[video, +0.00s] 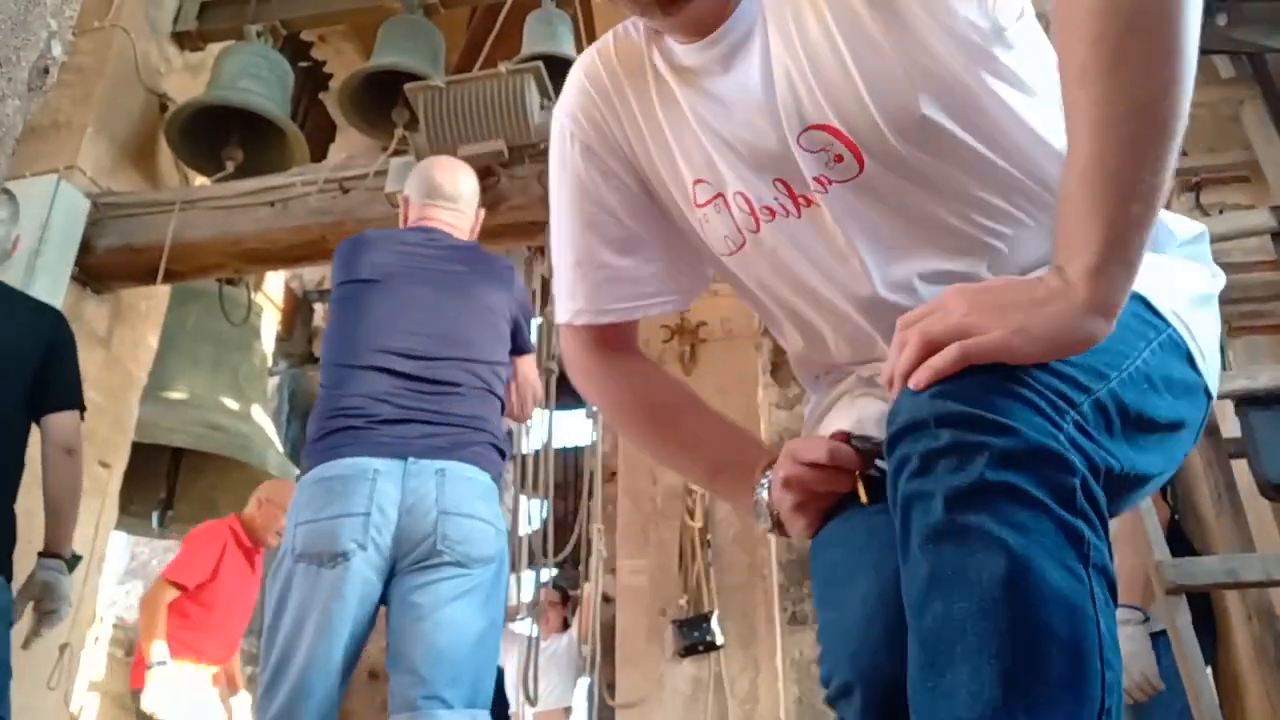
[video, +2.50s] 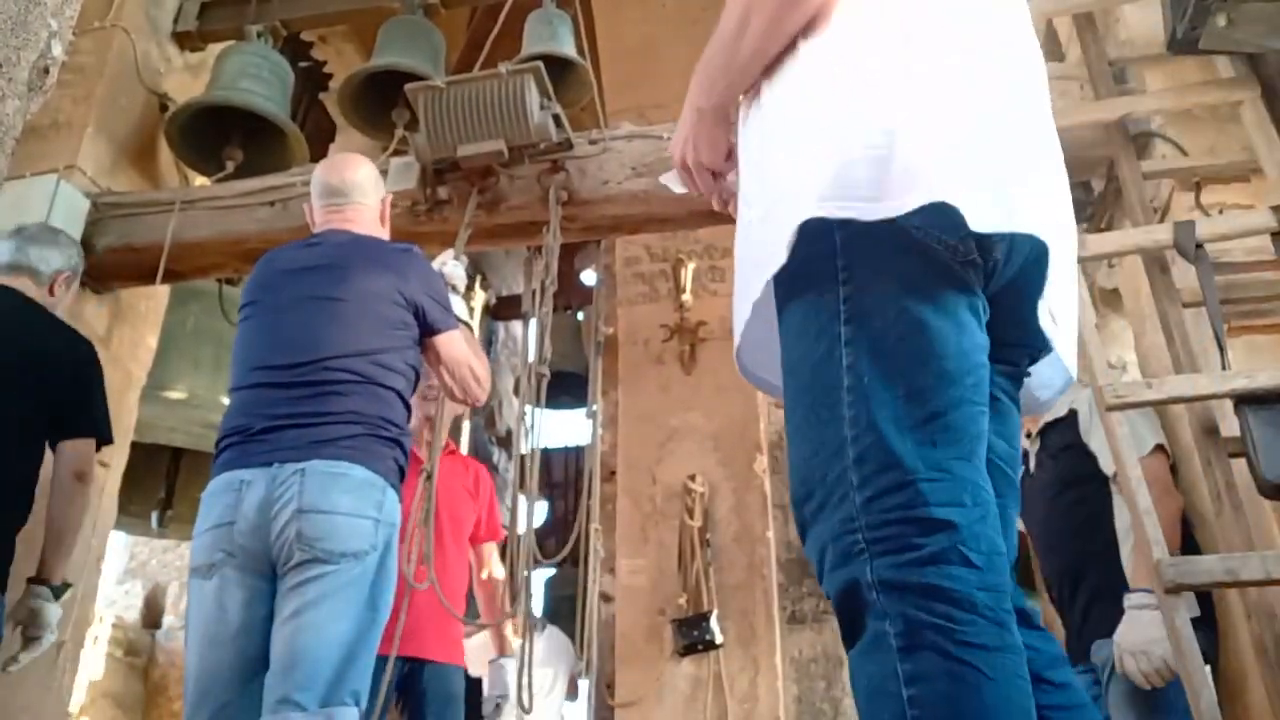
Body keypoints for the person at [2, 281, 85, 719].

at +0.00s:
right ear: (15, 243)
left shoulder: (40, 327)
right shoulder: (38, 326)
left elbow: (65, 445)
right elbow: (65, 445)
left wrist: (54, 557)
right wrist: (55, 557)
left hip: (2, 577)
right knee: (2, 701)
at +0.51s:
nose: (7, 240)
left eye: (6, 228)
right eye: (10, 229)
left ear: (14, 247)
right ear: (18, 247)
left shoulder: (41, 328)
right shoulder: (40, 329)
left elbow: (59, 450)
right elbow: (59, 450)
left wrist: (45, 562)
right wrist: (47, 562)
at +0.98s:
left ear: (10, 257)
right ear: (18, 257)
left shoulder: (44, 333)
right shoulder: (43, 333)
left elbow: (60, 452)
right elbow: (60, 452)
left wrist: (44, 563)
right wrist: (46, 563)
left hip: (3, 567)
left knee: (3, 695)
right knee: (0, 695)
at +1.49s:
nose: (3, 249)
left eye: (20, 243)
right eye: (7, 241)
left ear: (54, 275)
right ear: (53, 281)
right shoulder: (57, 354)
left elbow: (64, 485)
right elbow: (65, 485)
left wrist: (20, 579)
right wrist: (21, 581)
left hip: (7, 563)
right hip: (4, 562)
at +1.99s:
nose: (21, 265)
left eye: (30, 259)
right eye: (29, 258)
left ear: (47, 266)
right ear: (87, 307)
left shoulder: (8, 292)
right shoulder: (93, 383)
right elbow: (70, 503)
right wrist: (19, 566)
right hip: (5, 564)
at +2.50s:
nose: (73, 307)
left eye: (76, 296)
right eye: (75, 295)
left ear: (3, 265)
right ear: (59, 284)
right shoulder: (62, 347)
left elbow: (76, 471)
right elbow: (77, 470)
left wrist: (44, 586)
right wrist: (47, 587)